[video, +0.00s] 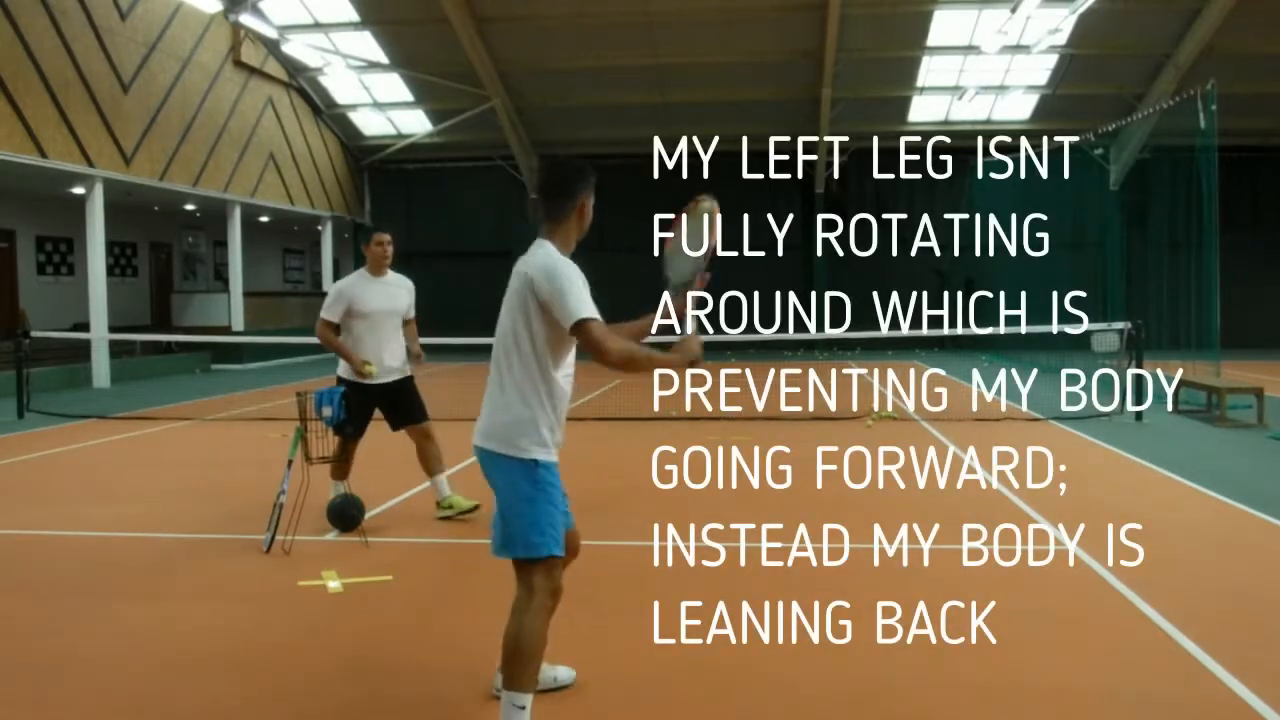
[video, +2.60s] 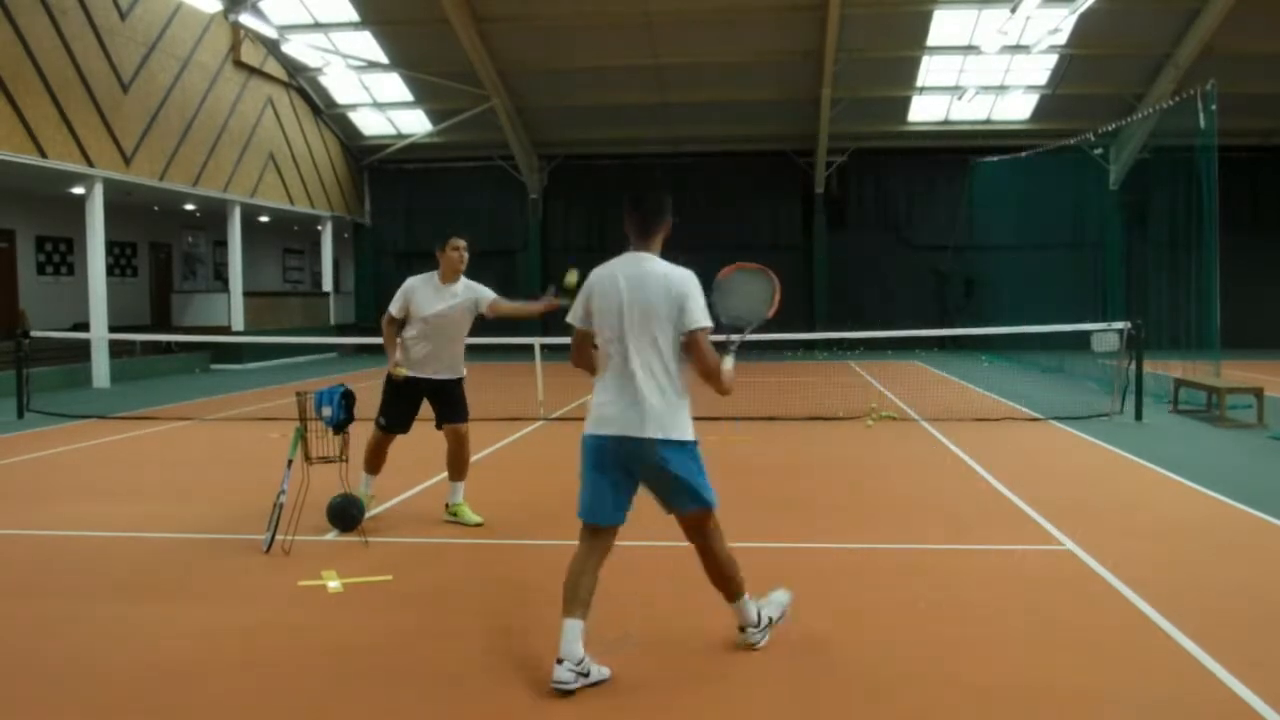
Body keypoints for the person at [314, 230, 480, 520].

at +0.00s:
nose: (386, 250)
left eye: (389, 244)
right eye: (379, 245)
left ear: (393, 249)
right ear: (366, 250)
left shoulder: (405, 286)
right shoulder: (345, 288)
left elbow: (409, 322)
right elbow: (323, 331)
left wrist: (414, 344)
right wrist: (353, 360)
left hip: (398, 379)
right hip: (358, 382)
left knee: (424, 433)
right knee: (347, 442)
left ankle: (445, 497)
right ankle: (338, 498)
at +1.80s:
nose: (396, 252)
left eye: (396, 247)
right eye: (394, 247)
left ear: (381, 248)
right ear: (381, 248)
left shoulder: (390, 281)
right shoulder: (346, 284)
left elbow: (402, 319)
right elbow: (326, 331)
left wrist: (443, 328)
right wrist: (362, 358)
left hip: (395, 374)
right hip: (358, 380)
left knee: (423, 425)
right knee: (349, 440)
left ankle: (428, 492)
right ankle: (337, 496)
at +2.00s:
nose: (420, 257)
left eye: (422, 252)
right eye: (414, 252)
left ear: (421, 256)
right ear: (396, 254)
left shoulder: (423, 291)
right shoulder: (369, 288)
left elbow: (438, 331)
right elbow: (343, 330)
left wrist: (475, 356)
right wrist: (369, 361)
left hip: (408, 382)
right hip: (367, 383)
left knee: (430, 436)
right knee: (350, 442)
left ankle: (451, 501)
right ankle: (337, 497)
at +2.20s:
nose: (454, 266)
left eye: (457, 260)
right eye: (447, 260)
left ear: (460, 265)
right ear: (431, 262)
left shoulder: (461, 304)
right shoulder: (401, 291)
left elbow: (463, 352)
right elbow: (372, 325)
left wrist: (473, 399)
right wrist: (386, 364)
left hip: (431, 380)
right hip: (390, 379)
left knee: (452, 433)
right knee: (364, 437)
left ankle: (455, 503)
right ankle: (340, 490)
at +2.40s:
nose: (467, 260)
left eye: (469, 255)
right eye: (460, 254)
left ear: (472, 260)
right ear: (444, 257)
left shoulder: (475, 301)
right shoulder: (415, 286)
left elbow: (483, 347)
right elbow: (389, 322)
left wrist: (492, 392)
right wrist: (403, 358)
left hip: (445, 376)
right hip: (404, 374)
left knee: (459, 433)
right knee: (380, 434)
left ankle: (456, 503)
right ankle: (359, 495)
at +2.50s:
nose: (465, 257)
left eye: (468, 252)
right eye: (459, 251)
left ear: (471, 259)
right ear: (444, 256)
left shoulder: (475, 296)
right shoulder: (415, 286)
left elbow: (496, 329)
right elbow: (390, 323)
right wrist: (400, 354)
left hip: (448, 376)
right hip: (407, 373)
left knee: (459, 433)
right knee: (386, 434)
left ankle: (456, 503)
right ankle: (367, 494)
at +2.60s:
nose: (462, 255)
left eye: (465, 250)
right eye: (456, 249)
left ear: (468, 257)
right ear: (440, 255)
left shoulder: (473, 291)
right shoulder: (414, 286)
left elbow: (500, 307)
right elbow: (390, 321)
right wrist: (393, 360)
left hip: (448, 378)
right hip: (407, 374)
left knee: (459, 434)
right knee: (382, 436)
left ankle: (456, 503)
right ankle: (365, 493)